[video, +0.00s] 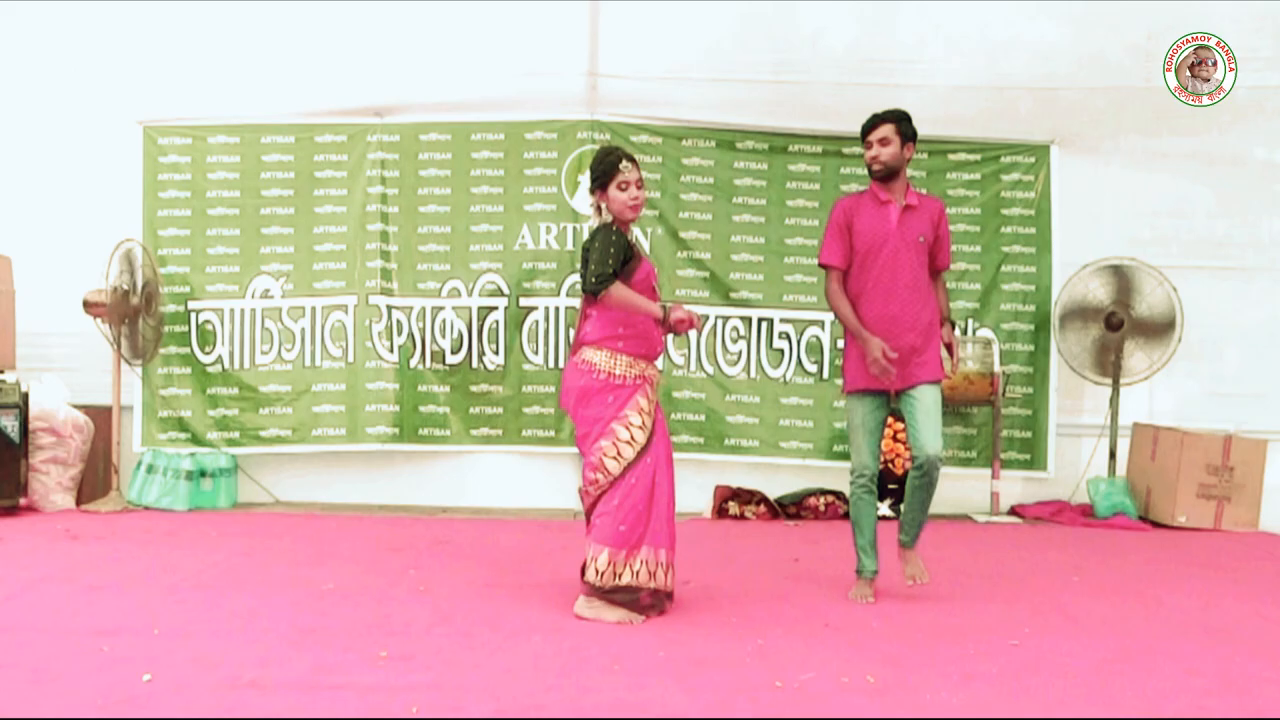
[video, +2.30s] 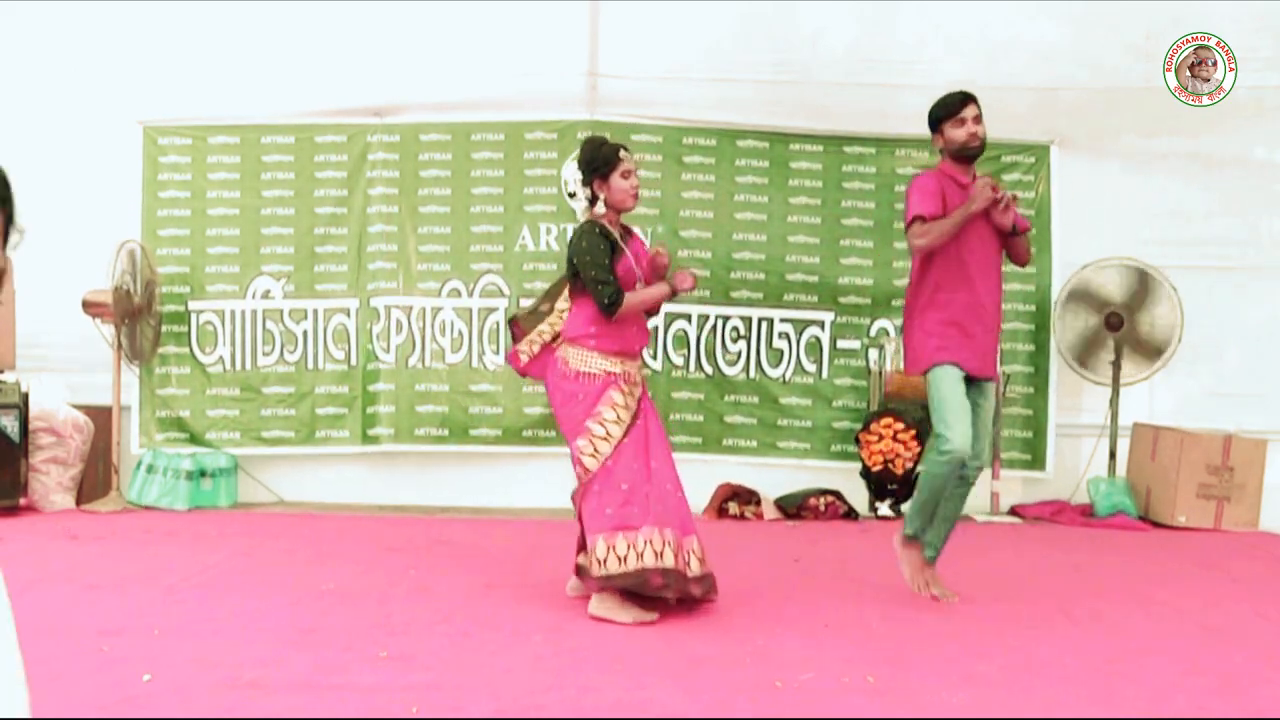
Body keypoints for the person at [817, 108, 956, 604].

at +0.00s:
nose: (875, 150)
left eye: (885, 143)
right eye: (869, 144)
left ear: (909, 151)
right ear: (864, 152)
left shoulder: (931, 209)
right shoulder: (848, 209)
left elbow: (936, 277)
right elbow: (833, 287)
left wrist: (945, 324)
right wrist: (865, 338)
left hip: (920, 357)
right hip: (866, 356)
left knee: (930, 454)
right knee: (864, 470)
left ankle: (908, 543)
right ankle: (865, 572)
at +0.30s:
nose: (899, 160)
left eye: (906, 152)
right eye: (889, 155)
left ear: (921, 159)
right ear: (876, 168)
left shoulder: (933, 226)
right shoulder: (870, 222)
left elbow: (944, 296)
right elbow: (869, 299)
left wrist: (964, 324)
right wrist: (933, 330)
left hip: (926, 365)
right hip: (881, 366)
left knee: (922, 478)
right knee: (911, 462)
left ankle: (885, 571)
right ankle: (866, 544)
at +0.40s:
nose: (912, 147)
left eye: (918, 138)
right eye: (900, 141)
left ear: (929, 145)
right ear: (884, 153)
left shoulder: (933, 208)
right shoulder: (883, 198)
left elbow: (952, 273)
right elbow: (893, 252)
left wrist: (982, 259)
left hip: (923, 352)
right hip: (887, 349)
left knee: (908, 454)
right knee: (936, 437)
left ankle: (883, 558)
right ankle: (882, 553)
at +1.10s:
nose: (925, 147)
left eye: (935, 138)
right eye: (916, 141)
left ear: (955, 149)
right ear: (907, 155)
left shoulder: (979, 221)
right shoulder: (891, 212)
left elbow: (998, 306)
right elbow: (874, 291)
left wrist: (991, 299)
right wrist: (929, 249)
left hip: (965, 370)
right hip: (908, 368)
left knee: (962, 490)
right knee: (917, 482)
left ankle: (947, 594)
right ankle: (916, 610)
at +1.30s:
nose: (910, 143)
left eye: (921, 135)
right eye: (909, 135)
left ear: (949, 144)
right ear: (908, 144)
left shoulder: (969, 198)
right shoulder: (897, 202)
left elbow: (991, 256)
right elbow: (873, 278)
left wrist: (922, 252)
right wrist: (868, 256)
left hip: (946, 356)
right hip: (896, 352)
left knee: (939, 472)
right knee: (870, 455)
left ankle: (948, 591)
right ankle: (903, 554)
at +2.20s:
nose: (961, 147)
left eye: (968, 139)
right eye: (950, 140)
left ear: (977, 148)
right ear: (931, 151)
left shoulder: (994, 208)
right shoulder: (914, 205)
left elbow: (1030, 277)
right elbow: (893, 269)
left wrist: (1009, 250)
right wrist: (956, 239)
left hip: (980, 355)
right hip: (926, 351)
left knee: (974, 476)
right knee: (927, 467)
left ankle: (948, 572)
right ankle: (900, 520)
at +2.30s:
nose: (973, 129)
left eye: (977, 121)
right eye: (961, 123)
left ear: (985, 129)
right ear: (939, 135)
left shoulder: (991, 191)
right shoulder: (929, 182)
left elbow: (1022, 257)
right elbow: (919, 240)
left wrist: (1014, 222)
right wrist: (973, 207)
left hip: (981, 338)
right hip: (938, 332)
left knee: (974, 458)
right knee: (955, 445)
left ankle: (928, 562)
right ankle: (910, 536)